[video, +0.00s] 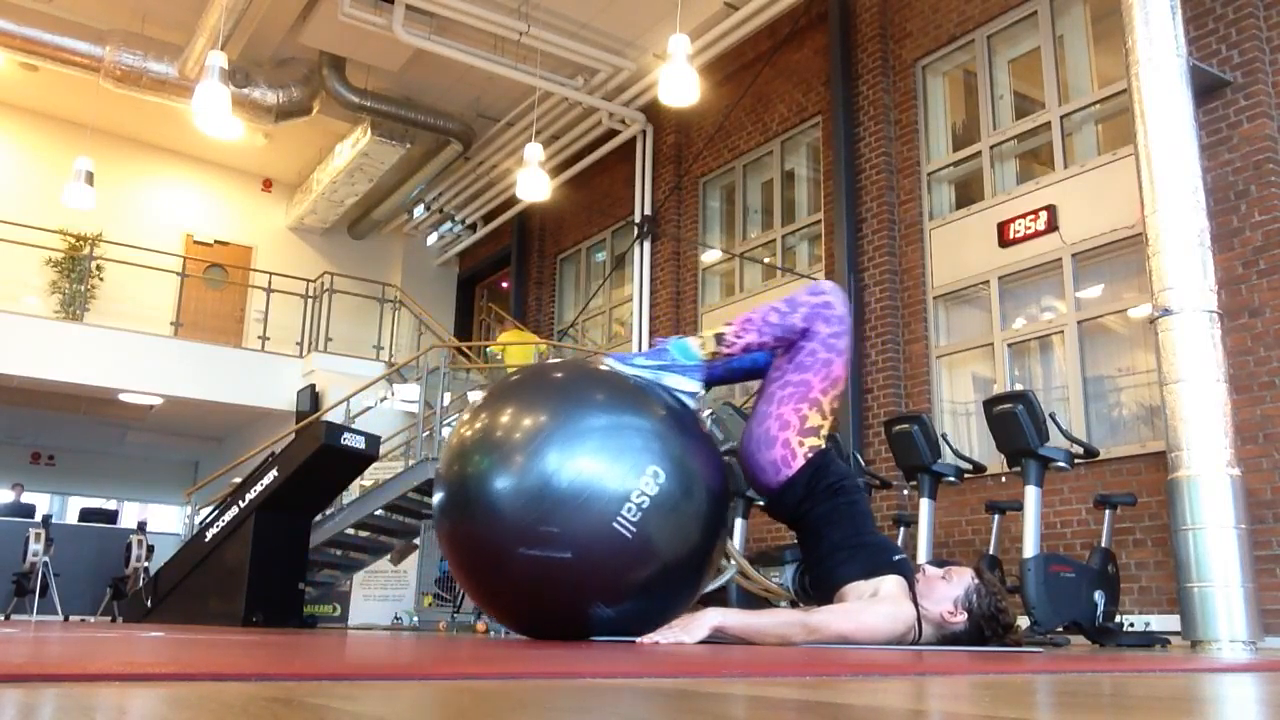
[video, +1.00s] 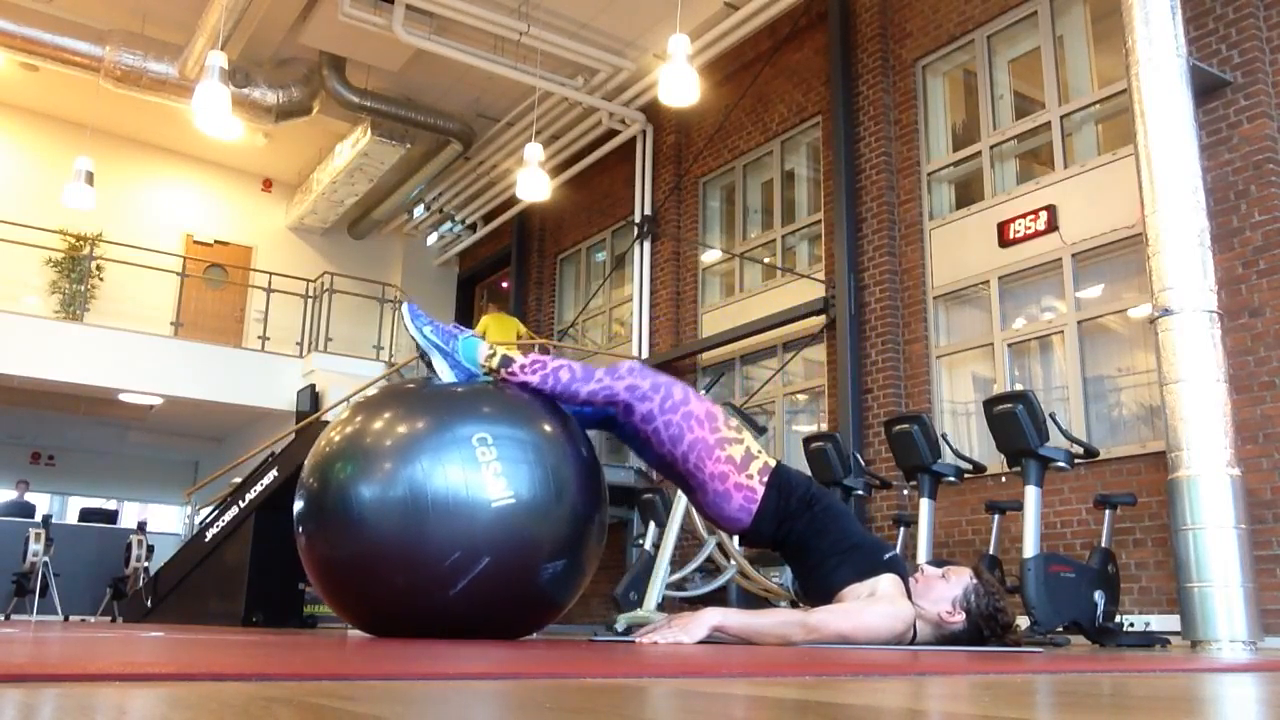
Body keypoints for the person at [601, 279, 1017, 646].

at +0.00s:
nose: (933, 569)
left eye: (945, 578)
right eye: (946, 570)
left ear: (949, 613)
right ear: (949, 612)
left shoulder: (891, 616)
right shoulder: (911, 607)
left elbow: (798, 629)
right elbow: (805, 624)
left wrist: (713, 621)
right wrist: (717, 618)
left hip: (782, 461)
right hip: (810, 464)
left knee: (827, 304)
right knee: (826, 317)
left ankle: (696, 365)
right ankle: (700, 372)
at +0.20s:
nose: (941, 563)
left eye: (951, 577)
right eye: (952, 567)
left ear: (948, 616)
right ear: (945, 605)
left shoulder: (892, 613)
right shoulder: (902, 596)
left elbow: (801, 626)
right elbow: (799, 625)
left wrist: (712, 620)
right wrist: (713, 623)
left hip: (766, 472)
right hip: (788, 467)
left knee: (756, 308)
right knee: (759, 319)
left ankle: (620, 365)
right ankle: (625, 372)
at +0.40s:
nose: (937, 569)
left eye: (948, 581)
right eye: (950, 569)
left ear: (945, 615)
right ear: (945, 603)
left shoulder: (891, 610)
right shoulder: (894, 595)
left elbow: (808, 628)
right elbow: (808, 621)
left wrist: (711, 618)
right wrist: (720, 620)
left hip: (762, 479)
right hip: (779, 470)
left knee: (688, 329)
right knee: (694, 335)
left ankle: (550, 364)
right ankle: (563, 370)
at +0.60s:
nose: (939, 569)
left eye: (951, 582)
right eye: (953, 571)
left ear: (946, 616)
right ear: (945, 604)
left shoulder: (890, 609)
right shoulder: (891, 592)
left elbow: (803, 626)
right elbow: (802, 621)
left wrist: (712, 618)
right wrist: (716, 620)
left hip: (754, 486)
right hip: (767, 473)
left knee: (653, 367)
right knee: (659, 363)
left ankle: (499, 362)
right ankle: (524, 361)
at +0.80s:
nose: (934, 570)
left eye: (947, 582)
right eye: (946, 569)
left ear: (946, 618)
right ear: (941, 597)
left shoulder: (892, 607)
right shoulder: (888, 589)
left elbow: (806, 626)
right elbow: (804, 621)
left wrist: (711, 616)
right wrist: (716, 621)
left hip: (751, 491)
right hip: (758, 481)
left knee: (633, 398)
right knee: (636, 393)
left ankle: (483, 368)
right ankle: (494, 365)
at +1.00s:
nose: (936, 571)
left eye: (949, 583)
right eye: (949, 570)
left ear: (946, 618)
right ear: (942, 592)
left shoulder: (893, 609)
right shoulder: (890, 590)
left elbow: (803, 626)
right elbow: (801, 622)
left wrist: (711, 618)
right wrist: (716, 622)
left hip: (752, 491)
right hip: (760, 478)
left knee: (636, 383)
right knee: (638, 380)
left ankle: (484, 363)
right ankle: (498, 368)